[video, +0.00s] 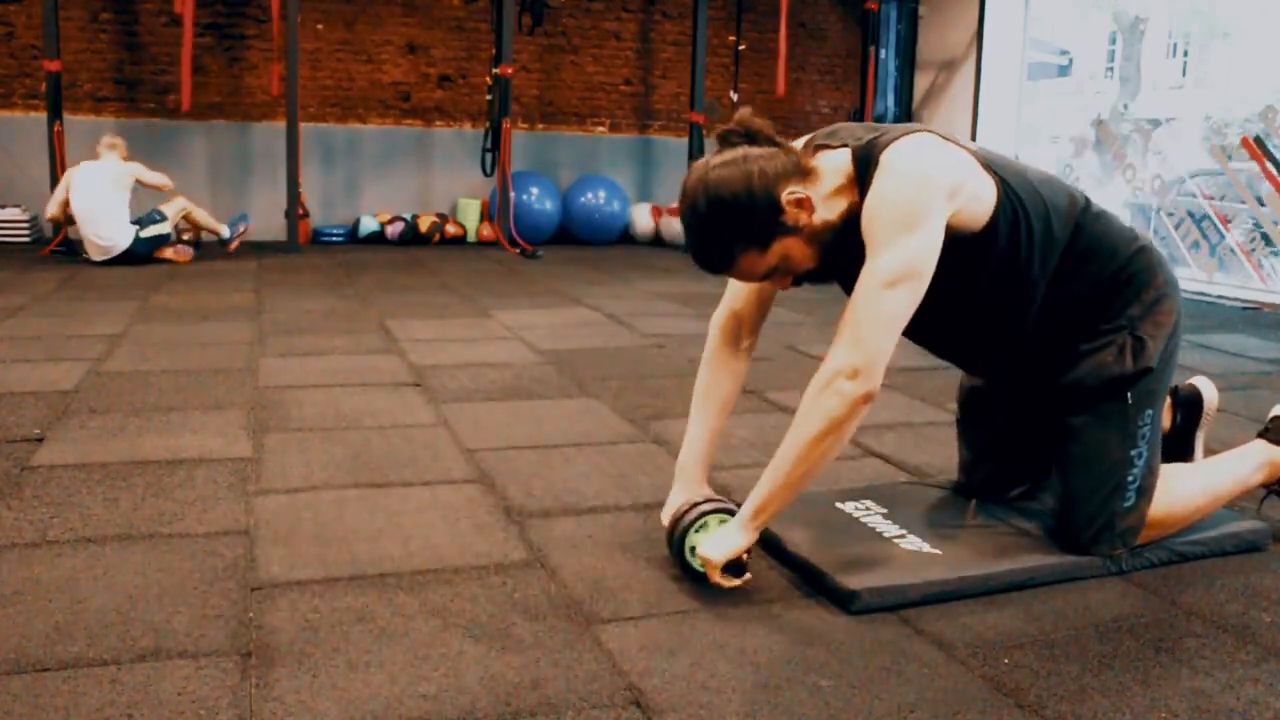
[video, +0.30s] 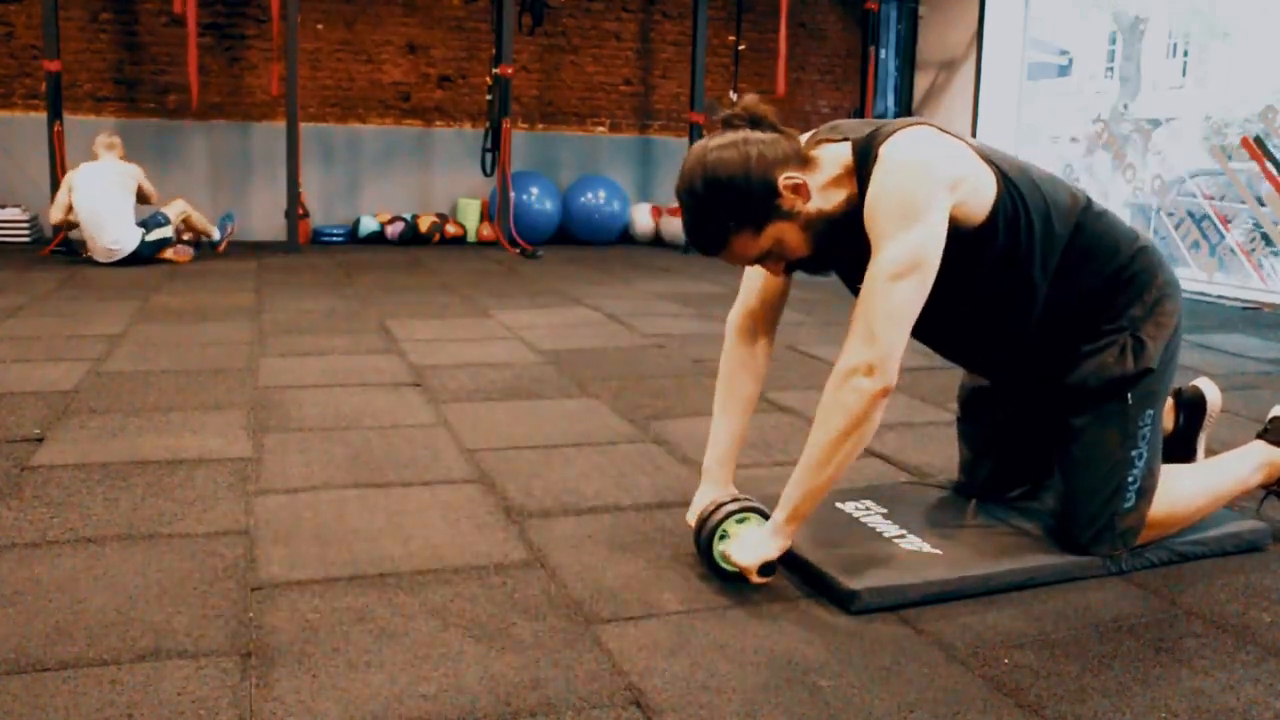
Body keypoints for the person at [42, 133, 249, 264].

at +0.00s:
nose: (121, 159)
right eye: (123, 155)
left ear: (97, 152)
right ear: (123, 153)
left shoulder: (74, 172)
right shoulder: (129, 168)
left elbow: (51, 214)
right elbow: (167, 184)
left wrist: (74, 216)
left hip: (95, 256)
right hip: (127, 248)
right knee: (181, 203)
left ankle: (167, 250)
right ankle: (227, 233)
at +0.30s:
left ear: (94, 152)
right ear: (121, 152)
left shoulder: (73, 175)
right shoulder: (131, 170)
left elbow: (56, 219)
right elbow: (152, 199)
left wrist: (80, 218)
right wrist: (127, 195)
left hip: (99, 257)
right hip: (132, 251)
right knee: (181, 205)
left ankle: (166, 251)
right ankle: (215, 235)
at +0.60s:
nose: (108, 151)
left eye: (100, 149)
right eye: (112, 149)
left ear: (91, 153)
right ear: (118, 152)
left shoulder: (74, 177)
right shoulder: (132, 169)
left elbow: (45, 220)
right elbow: (172, 194)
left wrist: (22, 239)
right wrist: (154, 200)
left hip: (98, 256)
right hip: (132, 249)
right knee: (180, 207)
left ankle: (168, 250)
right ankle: (219, 238)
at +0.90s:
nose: (112, 148)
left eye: (105, 147)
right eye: (112, 148)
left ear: (89, 155)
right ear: (116, 154)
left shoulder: (70, 179)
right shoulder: (127, 171)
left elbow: (42, 220)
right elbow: (171, 193)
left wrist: (11, 244)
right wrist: (189, 199)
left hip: (96, 256)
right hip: (129, 248)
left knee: (140, 233)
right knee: (183, 210)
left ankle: (169, 251)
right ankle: (222, 238)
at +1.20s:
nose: (115, 158)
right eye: (117, 154)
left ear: (90, 156)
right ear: (118, 155)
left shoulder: (70, 180)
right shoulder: (129, 171)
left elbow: (56, 227)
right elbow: (177, 194)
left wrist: (49, 238)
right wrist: (191, 200)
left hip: (97, 256)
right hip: (130, 247)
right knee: (186, 210)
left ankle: (170, 251)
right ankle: (222, 238)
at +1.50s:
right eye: (121, 154)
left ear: (94, 154)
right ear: (121, 154)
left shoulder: (75, 178)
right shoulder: (129, 172)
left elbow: (72, 225)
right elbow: (173, 195)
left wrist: (76, 242)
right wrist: (186, 203)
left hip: (96, 255)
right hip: (128, 247)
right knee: (185, 211)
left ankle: (169, 253)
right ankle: (224, 239)